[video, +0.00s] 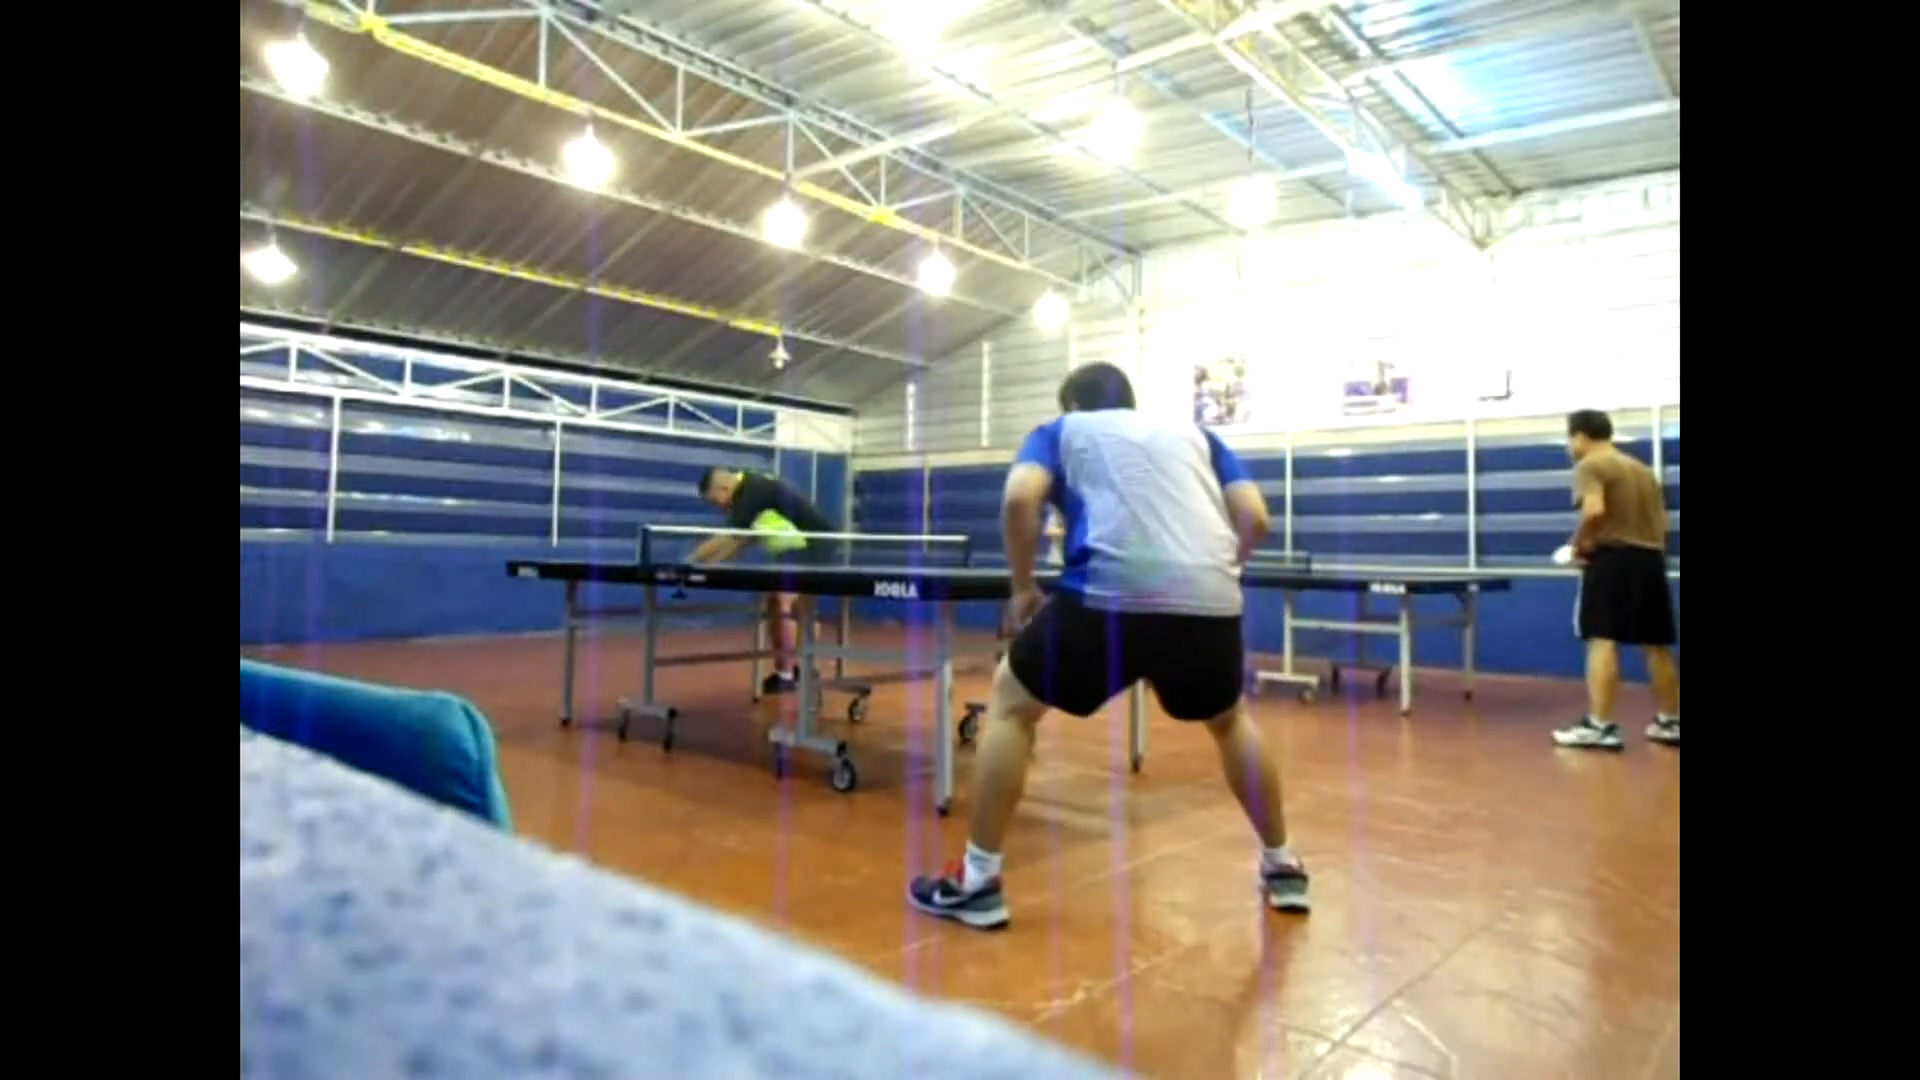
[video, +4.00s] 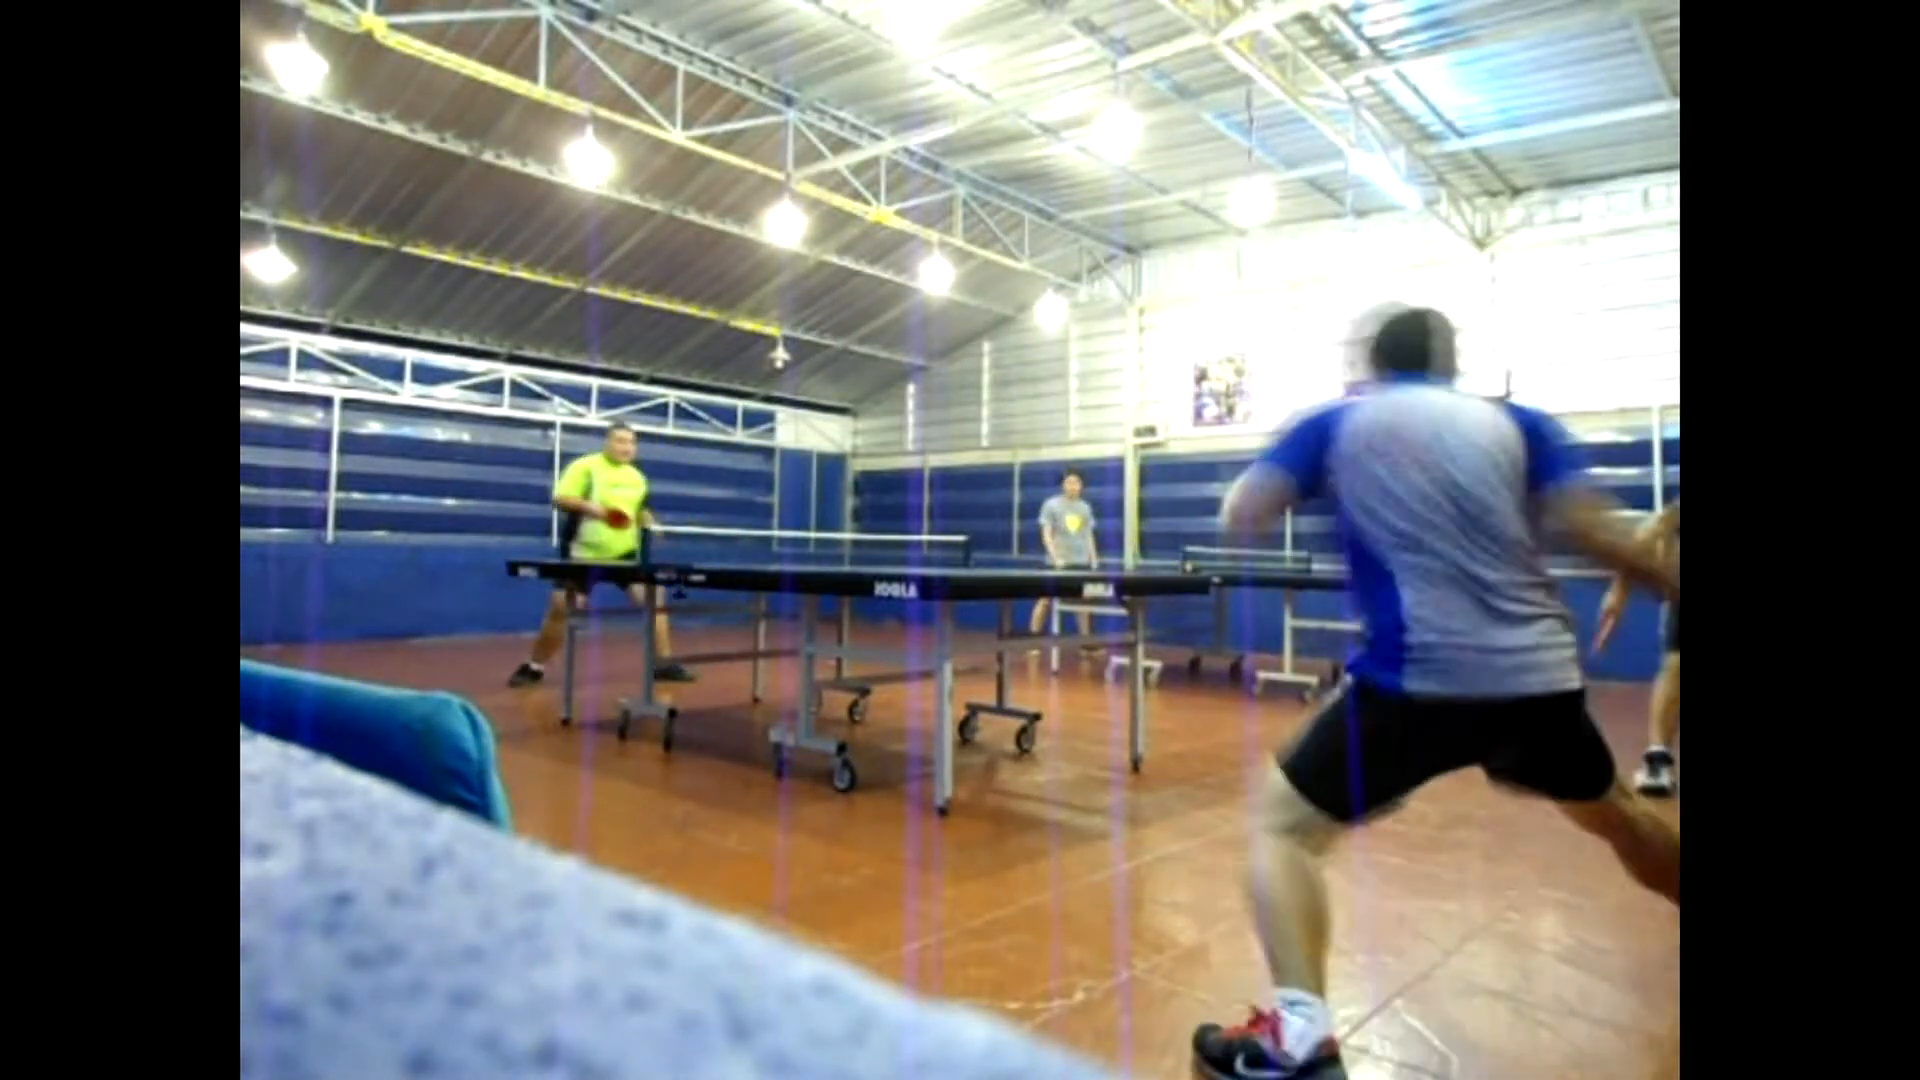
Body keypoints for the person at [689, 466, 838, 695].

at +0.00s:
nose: (719, 506)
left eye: (716, 500)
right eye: (714, 502)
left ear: (725, 486)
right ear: (725, 485)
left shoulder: (751, 492)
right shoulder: (751, 488)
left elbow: (728, 536)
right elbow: (739, 540)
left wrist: (690, 560)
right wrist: (710, 564)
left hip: (810, 547)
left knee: (782, 603)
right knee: (779, 604)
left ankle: (785, 672)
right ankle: (788, 669)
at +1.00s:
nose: (744, 491)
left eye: (748, 484)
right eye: (738, 487)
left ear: (757, 480)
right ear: (730, 488)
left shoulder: (780, 489)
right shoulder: (727, 503)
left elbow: (823, 485)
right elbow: (696, 534)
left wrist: (835, 525)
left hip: (803, 555)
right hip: (771, 560)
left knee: (783, 608)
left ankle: (768, 671)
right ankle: (803, 663)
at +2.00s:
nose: (689, 433)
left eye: (693, 427)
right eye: (683, 426)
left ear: (698, 430)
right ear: (669, 427)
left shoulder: (709, 460)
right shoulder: (645, 455)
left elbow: (719, 492)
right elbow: (627, 493)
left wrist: (710, 512)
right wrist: (654, 497)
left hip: (697, 539)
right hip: (655, 539)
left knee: (716, 598)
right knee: (633, 598)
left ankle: (719, 663)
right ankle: (618, 664)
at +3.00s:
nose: (658, 441)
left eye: (663, 436)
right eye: (652, 434)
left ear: (668, 439)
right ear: (639, 434)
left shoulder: (676, 470)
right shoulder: (615, 458)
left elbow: (687, 498)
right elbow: (581, 484)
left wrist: (685, 502)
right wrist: (608, 502)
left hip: (657, 545)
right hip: (614, 542)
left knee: (669, 600)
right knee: (591, 599)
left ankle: (664, 662)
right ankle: (560, 663)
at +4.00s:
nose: (626, 447)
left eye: (630, 442)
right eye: (620, 441)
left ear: (635, 447)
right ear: (607, 443)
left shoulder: (637, 478)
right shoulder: (585, 467)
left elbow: (638, 507)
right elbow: (562, 496)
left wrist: (649, 523)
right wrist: (600, 512)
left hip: (625, 558)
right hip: (585, 556)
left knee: (655, 598)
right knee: (559, 607)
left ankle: (663, 660)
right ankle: (534, 665)